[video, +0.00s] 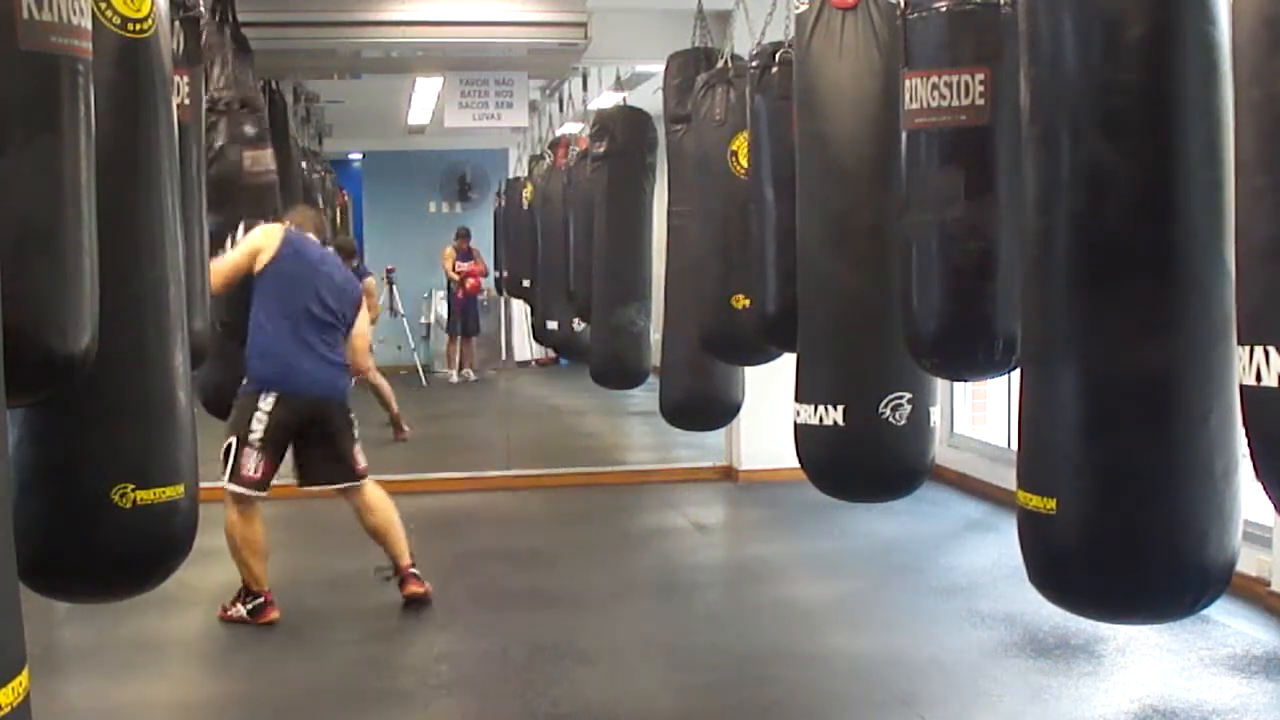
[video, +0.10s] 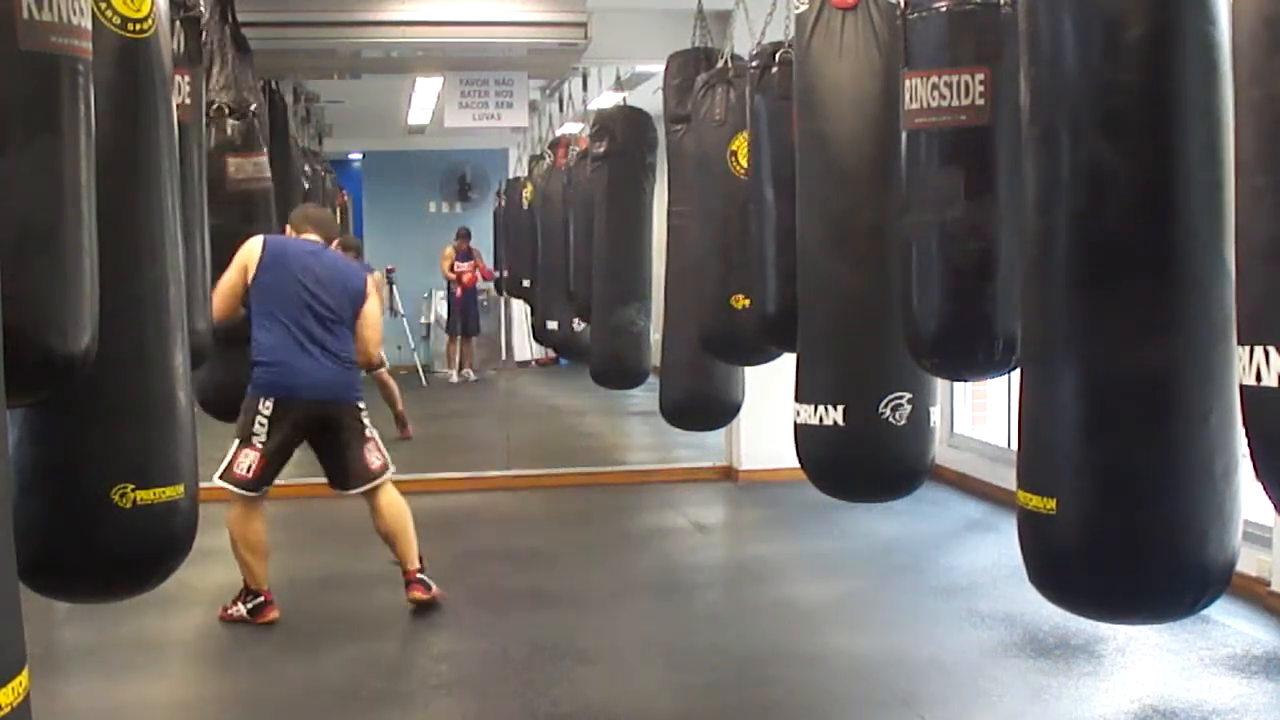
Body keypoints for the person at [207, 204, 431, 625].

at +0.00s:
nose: (281, 226)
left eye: (283, 223)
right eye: (285, 223)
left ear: (289, 226)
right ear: (324, 235)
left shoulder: (272, 236)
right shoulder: (353, 287)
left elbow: (214, 280)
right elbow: (361, 363)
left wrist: (231, 252)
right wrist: (395, 411)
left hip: (271, 389)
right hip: (329, 396)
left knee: (241, 498)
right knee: (359, 486)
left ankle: (256, 596)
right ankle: (409, 572)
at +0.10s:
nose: (283, 234)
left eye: (285, 229)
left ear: (290, 231)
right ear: (334, 241)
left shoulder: (258, 247)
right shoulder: (359, 276)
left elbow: (219, 312)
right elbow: (370, 353)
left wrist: (255, 293)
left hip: (276, 392)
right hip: (339, 394)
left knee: (244, 497)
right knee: (379, 486)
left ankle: (256, 595)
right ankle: (416, 577)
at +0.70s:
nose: (366, 212)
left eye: (366, 205)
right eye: (368, 206)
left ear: (375, 205)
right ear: (418, 205)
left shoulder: (348, 246)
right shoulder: (456, 249)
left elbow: (311, 312)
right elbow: (482, 313)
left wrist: (340, 274)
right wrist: (440, 298)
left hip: (375, 401)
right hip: (436, 401)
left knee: (357, 504)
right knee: (452, 499)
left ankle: (381, 591)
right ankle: (462, 592)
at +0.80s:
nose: (371, 215)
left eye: (371, 208)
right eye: (372, 209)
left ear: (379, 206)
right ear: (423, 208)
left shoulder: (357, 249)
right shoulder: (463, 255)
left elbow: (329, 322)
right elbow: (478, 324)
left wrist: (354, 282)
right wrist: (436, 311)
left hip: (378, 399)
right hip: (441, 401)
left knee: (343, 490)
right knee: (451, 497)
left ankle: (370, 572)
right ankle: (462, 595)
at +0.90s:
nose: (369, 201)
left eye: (369, 194)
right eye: (371, 195)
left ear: (378, 193)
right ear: (422, 196)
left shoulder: (355, 232)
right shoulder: (462, 240)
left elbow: (326, 303)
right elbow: (476, 316)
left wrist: (356, 264)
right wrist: (437, 299)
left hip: (371, 382)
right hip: (435, 386)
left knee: (334, 469)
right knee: (451, 486)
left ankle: (347, 569)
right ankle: (461, 584)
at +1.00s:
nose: (369, 206)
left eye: (370, 200)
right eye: (372, 202)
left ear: (378, 199)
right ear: (421, 203)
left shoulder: (350, 232)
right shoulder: (459, 243)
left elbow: (309, 298)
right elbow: (480, 312)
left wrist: (345, 269)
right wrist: (439, 301)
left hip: (363, 382)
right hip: (428, 387)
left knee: (329, 479)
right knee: (450, 490)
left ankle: (319, 580)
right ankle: (462, 589)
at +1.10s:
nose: (367, 225)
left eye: (369, 219)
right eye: (370, 221)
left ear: (378, 218)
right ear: (421, 225)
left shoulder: (345, 250)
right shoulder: (451, 262)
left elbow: (299, 312)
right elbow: (470, 324)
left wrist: (334, 284)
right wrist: (433, 295)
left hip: (352, 398)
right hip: (417, 402)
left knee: (308, 484)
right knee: (447, 500)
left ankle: (303, 581)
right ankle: (461, 594)